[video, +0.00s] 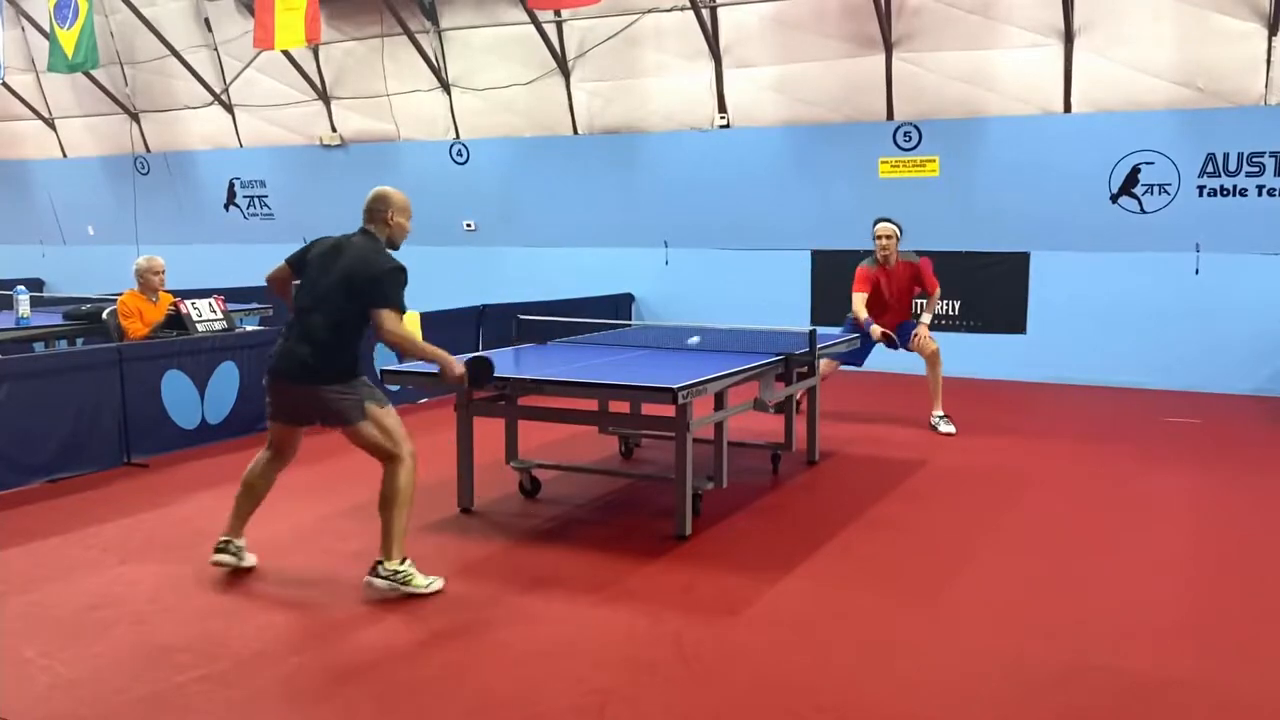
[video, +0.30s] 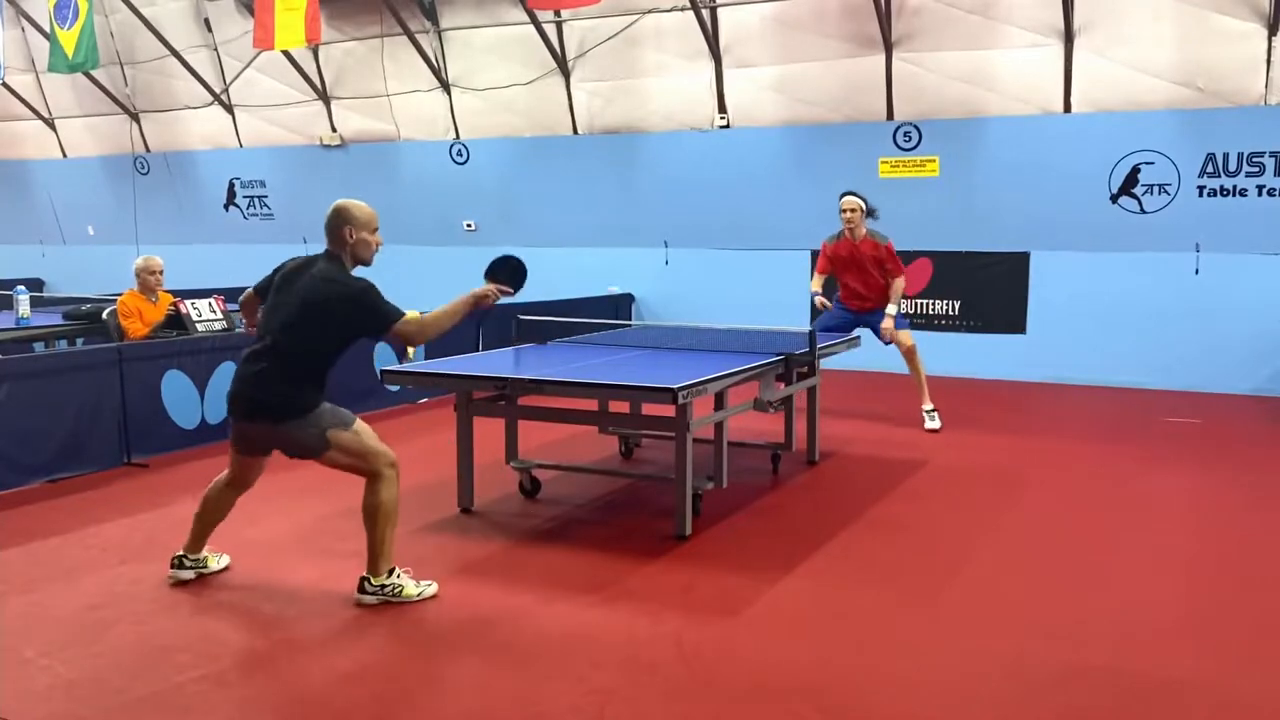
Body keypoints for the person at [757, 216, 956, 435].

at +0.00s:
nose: (884, 242)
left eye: (889, 238)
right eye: (879, 238)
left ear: (898, 241)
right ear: (873, 242)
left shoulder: (916, 266)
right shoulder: (866, 269)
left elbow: (934, 293)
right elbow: (858, 306)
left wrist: (924, 324)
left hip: (899, 324)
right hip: (865, 323)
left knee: (932, 350)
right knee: (824, 369)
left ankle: (938, 413)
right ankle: (795, 396)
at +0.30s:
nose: (848, 215)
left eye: (853, 211)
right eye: (844, 211)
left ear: (863, 214)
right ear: (839, 215)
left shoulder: (880, 243)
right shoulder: (831, 245)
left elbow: (898, 279)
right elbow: (819, 276)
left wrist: (889, 316)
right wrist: (816, 294)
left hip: (880, 309)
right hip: (845, 308)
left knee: (908, 346)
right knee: (806, 341)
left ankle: (927, 405)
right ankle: (785, 396)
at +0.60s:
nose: (794, 241)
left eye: (798, 236)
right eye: (790, 237)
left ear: (809, 236)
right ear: (787, 239)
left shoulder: (832, 257)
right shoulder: (784, 265)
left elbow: (866, 274)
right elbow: (755, 286)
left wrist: (851, 290)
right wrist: (769, 295)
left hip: (849, 318)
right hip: (815, 319)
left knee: (877, 357)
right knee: (778, 345)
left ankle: (914, 407)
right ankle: (786, 393)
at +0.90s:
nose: (767, 228)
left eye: (772, 223)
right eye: (763, 224)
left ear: (783, 224)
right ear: (760, 228)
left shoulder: (805, 246)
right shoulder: (758, 258)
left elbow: (839, 261)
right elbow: (745, 285)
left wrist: (845, 291)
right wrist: (740, 308)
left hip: (824, 312)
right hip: (788, 314)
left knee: (860, 350)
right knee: (758, 348)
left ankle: (899, 396)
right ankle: (771, 395)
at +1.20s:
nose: (784, 217)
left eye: (789, 213)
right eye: (780, 213)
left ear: (799, 215)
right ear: (776, 217)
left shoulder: (821, 238)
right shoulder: (771, 249)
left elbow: (849, 257)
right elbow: (759, 278)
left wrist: (850, 290)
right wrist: (752, 293)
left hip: (829, 305)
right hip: (795, 308)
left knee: (862, 346)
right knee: (767, 342)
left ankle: (896, 401)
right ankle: (764, 398)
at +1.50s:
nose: (779, 244)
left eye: (783, 238)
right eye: (775, 240)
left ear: (795, 237)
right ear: (773, 243)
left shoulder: (819, 259)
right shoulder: (776, 270)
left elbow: (849, 282)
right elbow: (754, 301)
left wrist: (831, 308)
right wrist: (763, 301)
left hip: (837, 319)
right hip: (802, 323)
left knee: (867, 359)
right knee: (764, 345)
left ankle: (901, 407)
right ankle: (763, 399)